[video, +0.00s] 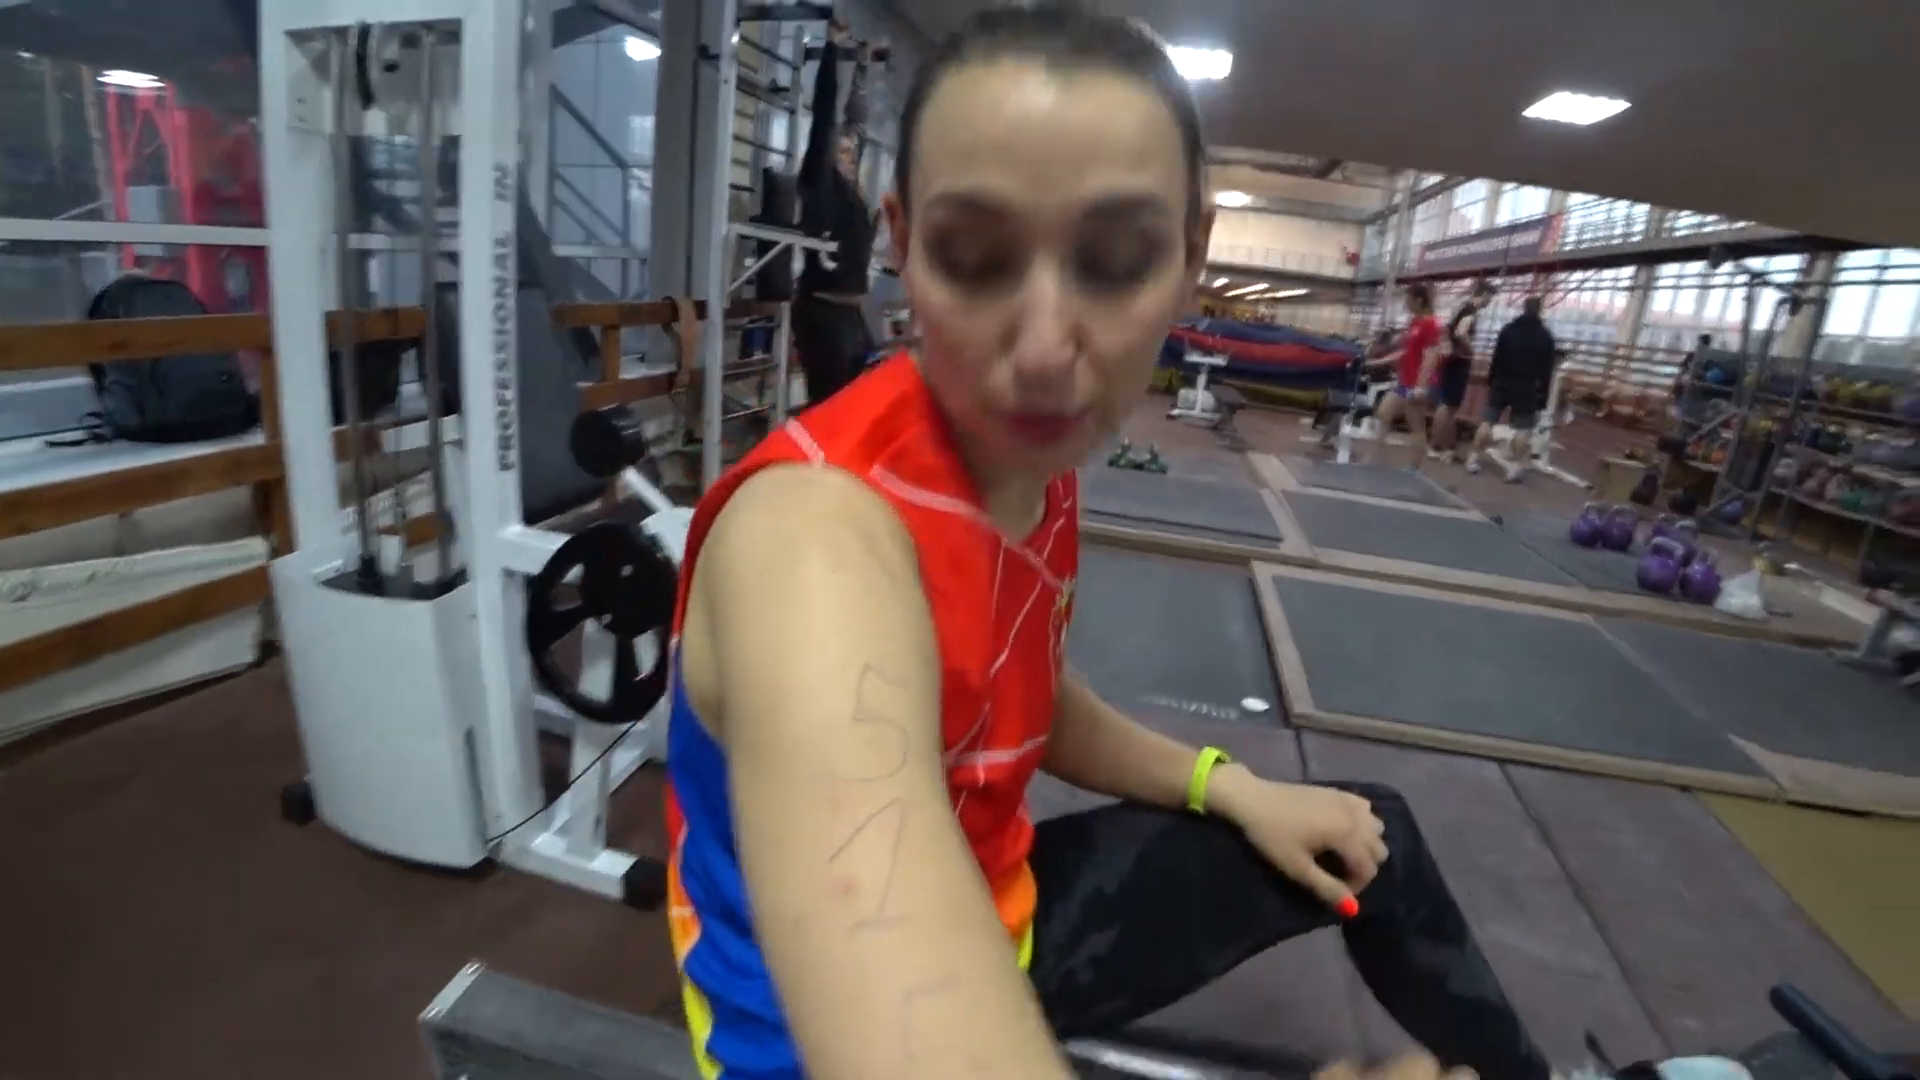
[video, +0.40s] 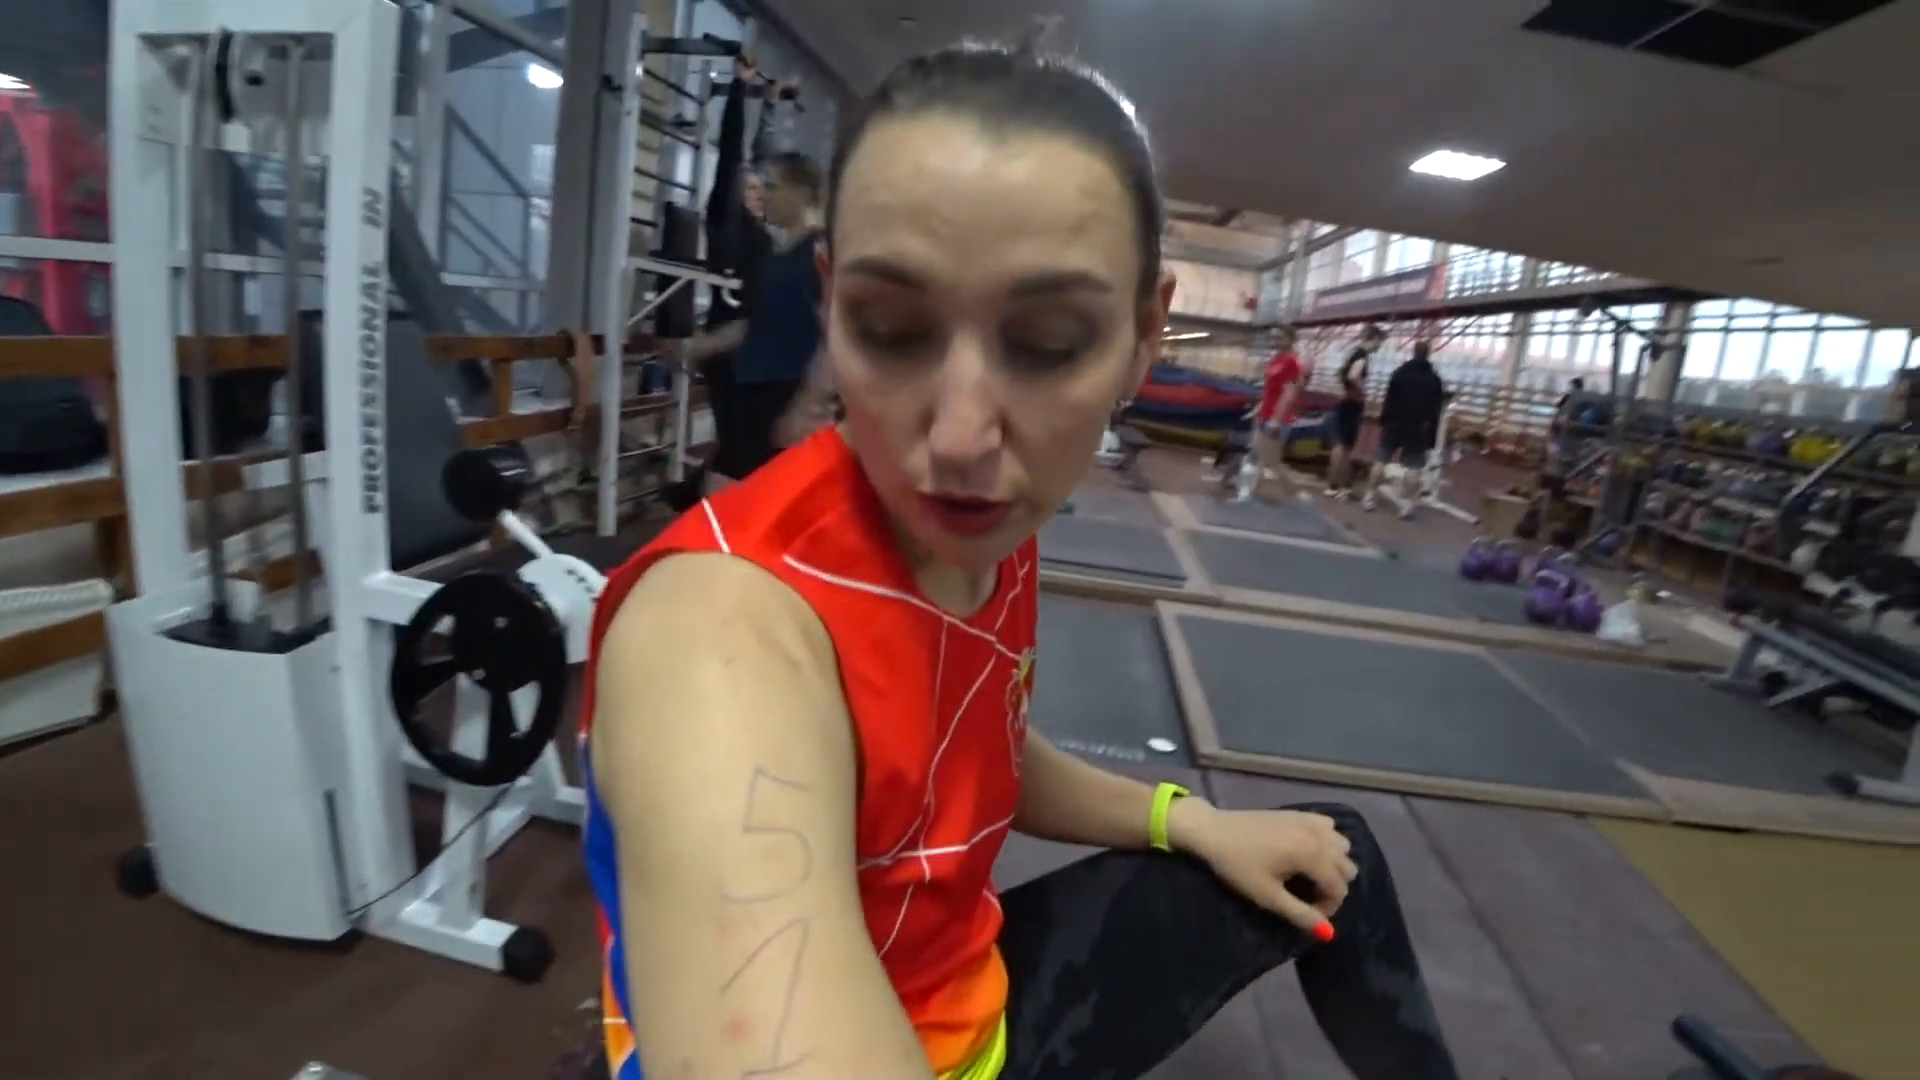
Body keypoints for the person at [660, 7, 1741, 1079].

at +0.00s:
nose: (1044, 349)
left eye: (1114, 262)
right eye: (976, 260)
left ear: (1193, 257)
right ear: (901, 245)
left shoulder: (1023, 455)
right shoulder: (813, 547)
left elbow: (1031, 705)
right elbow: (941, 1059)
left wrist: (1234, 791)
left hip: (995, 926)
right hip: (827, 1042)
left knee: (1362, 827)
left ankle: (1519, 1074)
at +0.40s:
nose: (961, 436)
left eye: (1048, 344)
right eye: (891, 330)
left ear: (1145, 338)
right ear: (826, 301)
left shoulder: (984, 527)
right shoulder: (721, 638)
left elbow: (986, 763)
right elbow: (778, 1053)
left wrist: (1195, 826)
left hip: (978, 1002)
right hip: (809, 1050)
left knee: (1326, 861)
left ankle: (1413, 1065)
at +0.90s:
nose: (1091, 41)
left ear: (1187, 27)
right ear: (824, 12)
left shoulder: (963, 301)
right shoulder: (682, 355)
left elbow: (948, 597)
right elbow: (815, 1040)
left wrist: (1183, 653)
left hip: (953, 837)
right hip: (804, 957)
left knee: (1301, 696)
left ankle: (1440, 1010)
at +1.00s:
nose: (1143, 23)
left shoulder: (958, 268)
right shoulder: (680, 310)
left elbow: (941, 564)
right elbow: (839, 1040)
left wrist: (1166, 624)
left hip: (954, 798)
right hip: (825, 940)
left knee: (1308, 661)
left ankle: (1442, 961)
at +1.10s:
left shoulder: (936, 210)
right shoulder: (673, 272)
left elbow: (912, 523)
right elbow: (846, 1030)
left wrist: (1128, 602)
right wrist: (1325, 1066)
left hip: (945, 747)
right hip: (849, 921)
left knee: (1294, 622)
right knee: (1342, 1037)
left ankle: (1437, 920)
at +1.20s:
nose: (1126, 30)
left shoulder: (898, 154)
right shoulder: (616, 227)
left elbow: (865, 497)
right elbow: (812, 1033)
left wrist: (1059, 591)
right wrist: (1273, 1051)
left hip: (926, 689)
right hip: (838, 858)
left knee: (1283, 608)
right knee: (1328, 999)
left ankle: (1430, 881)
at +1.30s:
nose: (954, 11)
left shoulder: (776, 117)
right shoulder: (456, 217)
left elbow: (764, 455)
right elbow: (644, 999)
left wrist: (934, 594)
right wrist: (1151, 1020)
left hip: (855, 685)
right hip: (742, 876)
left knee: (1213, 585)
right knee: (1382, 1026)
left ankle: (1373, 821)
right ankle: (1502, 1033)